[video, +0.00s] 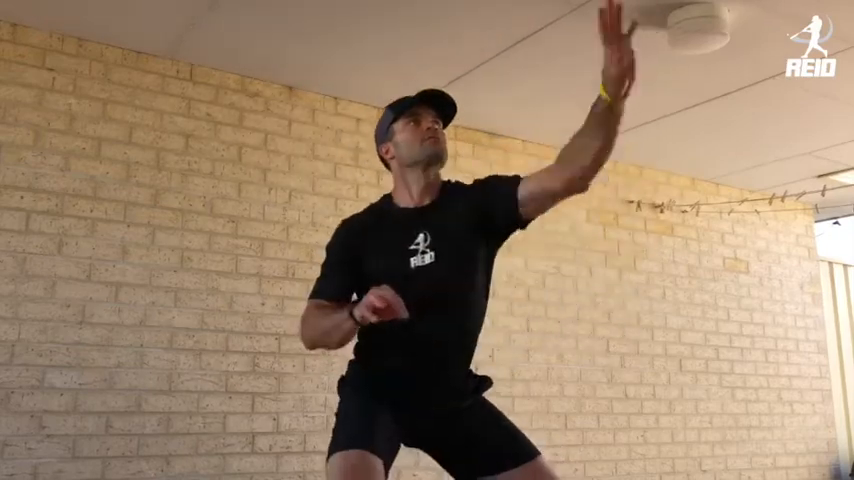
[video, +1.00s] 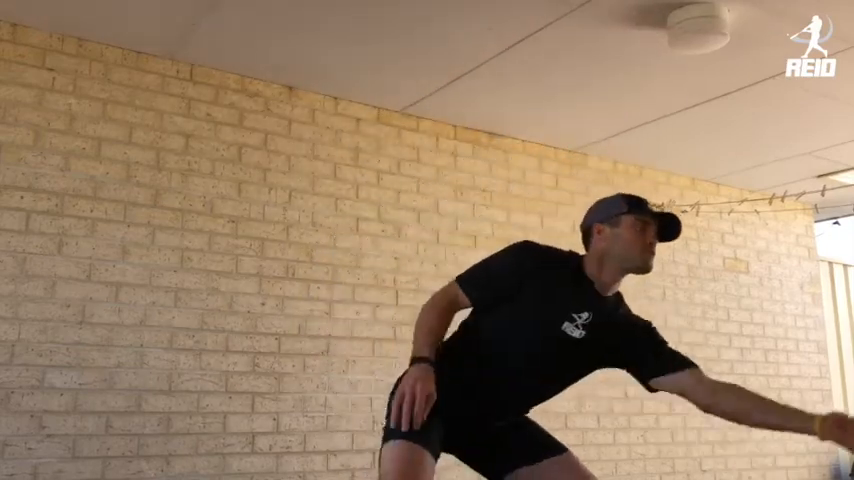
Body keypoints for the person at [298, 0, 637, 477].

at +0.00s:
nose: (432, 124)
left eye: (437, 120)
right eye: (413, 120)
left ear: (446, 142)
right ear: (386, 150)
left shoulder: (480, 205)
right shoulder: (357, 233)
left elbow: (569, 175)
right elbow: (313, 331)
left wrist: (612, 95)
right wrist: (354, 315)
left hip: (452, 395)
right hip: (375, 393)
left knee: (540, 476)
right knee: (354, 473)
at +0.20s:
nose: (444, 142)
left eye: (449, 138)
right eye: (426, 138)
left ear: (458, 156)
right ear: (399, 165)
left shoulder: (493, 232)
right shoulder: (382, 248)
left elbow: (560, 304)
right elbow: (368, 348)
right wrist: (437, 278)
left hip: (466, 407)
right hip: (395, 405)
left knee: (554, 475)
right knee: (385, 473)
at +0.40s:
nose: (480, 194)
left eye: (481, 188)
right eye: (461, 190)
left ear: (490, 202)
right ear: (432, 218)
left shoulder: (491, 285)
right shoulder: (433, 282)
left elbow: (511, 341)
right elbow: (504, 287)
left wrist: (558, 357)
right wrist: (571, 187)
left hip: (475, 448)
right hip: (413, 452)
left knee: (564, 477)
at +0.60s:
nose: (511, 184)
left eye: (512, 178)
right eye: (494, 176)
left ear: (517, 191)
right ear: (461, 198)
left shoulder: (521, 286)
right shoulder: (437, 261)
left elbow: (553, 369)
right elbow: (443, 347)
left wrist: (593, 344)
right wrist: (543, 313)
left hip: (482, 439)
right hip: (414, 438)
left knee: (568, 477)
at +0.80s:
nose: (582, 194)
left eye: (583, 187)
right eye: (569, 183)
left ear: (575, 201)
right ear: (530, 196)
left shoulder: (572, 296)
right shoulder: (476, 243)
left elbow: (618, 383)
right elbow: (415, 321)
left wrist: (710, 423)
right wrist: (458, 390)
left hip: (486, 416)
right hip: (422, 396)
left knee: (573, 476)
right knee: (399, 476)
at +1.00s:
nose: (655, 235)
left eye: (655, 228)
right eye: (643, 223)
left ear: (638, 248)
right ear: (600, 231)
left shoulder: (626, 331)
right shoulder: (529, 261)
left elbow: (711, 394)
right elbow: (441, 303)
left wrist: (818, 425)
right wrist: (421, 363)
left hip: (495, 420)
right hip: (438, 387)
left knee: (576, 477)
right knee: (403, 471)